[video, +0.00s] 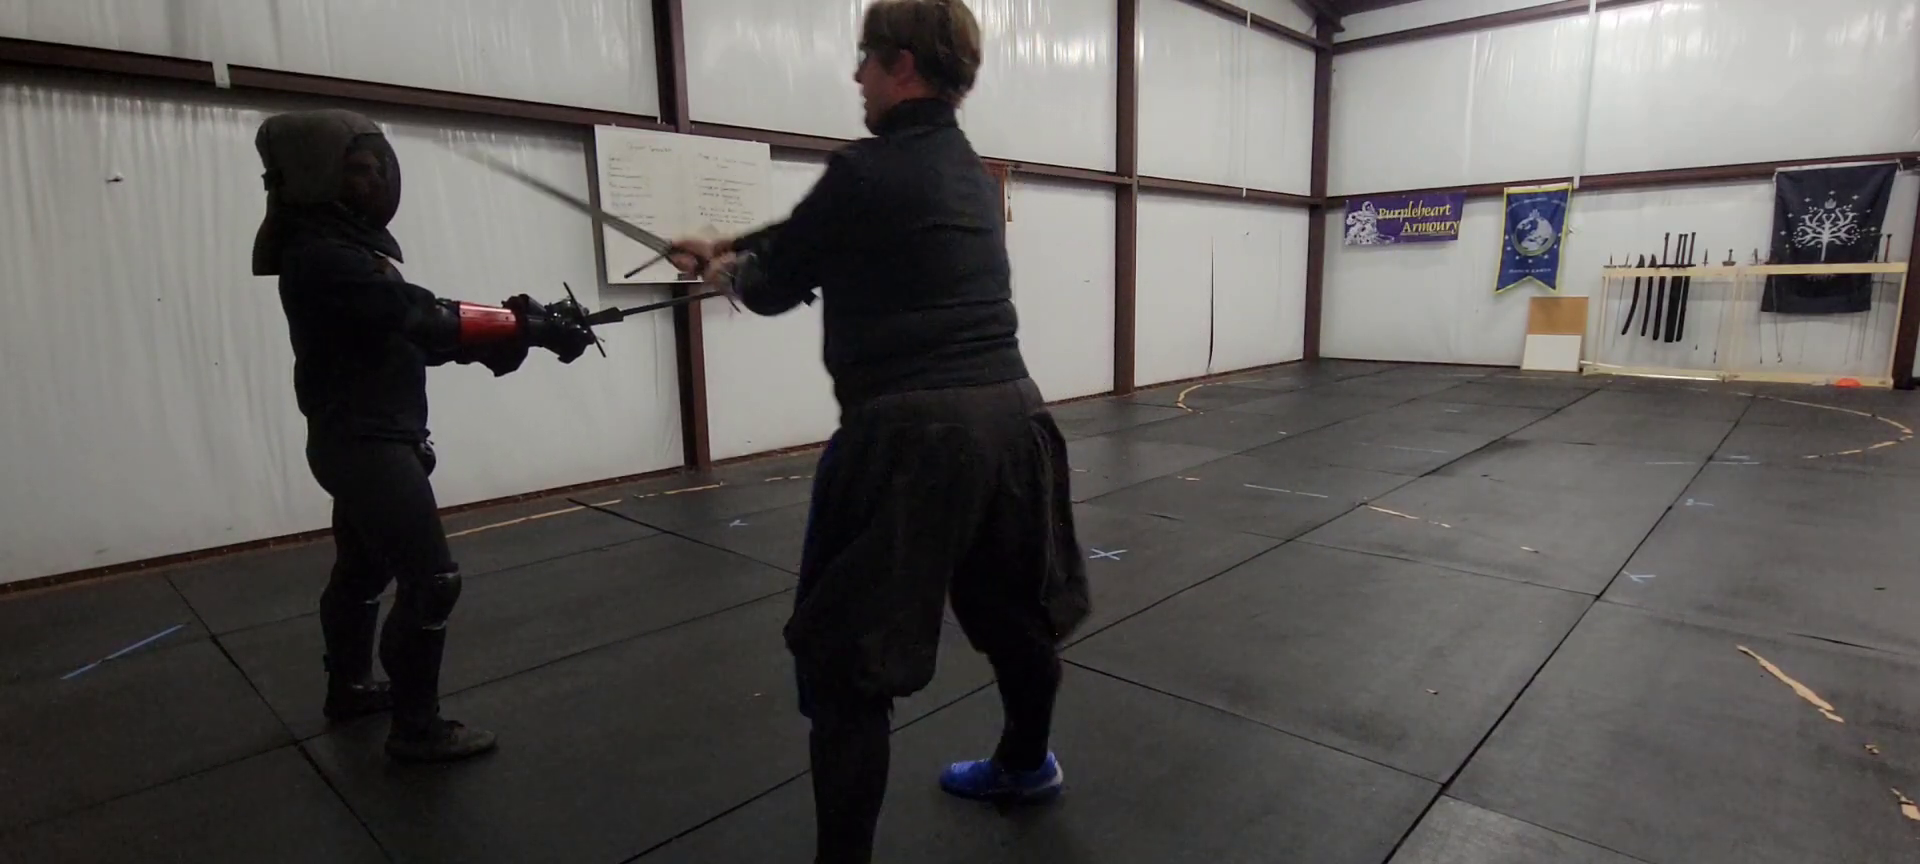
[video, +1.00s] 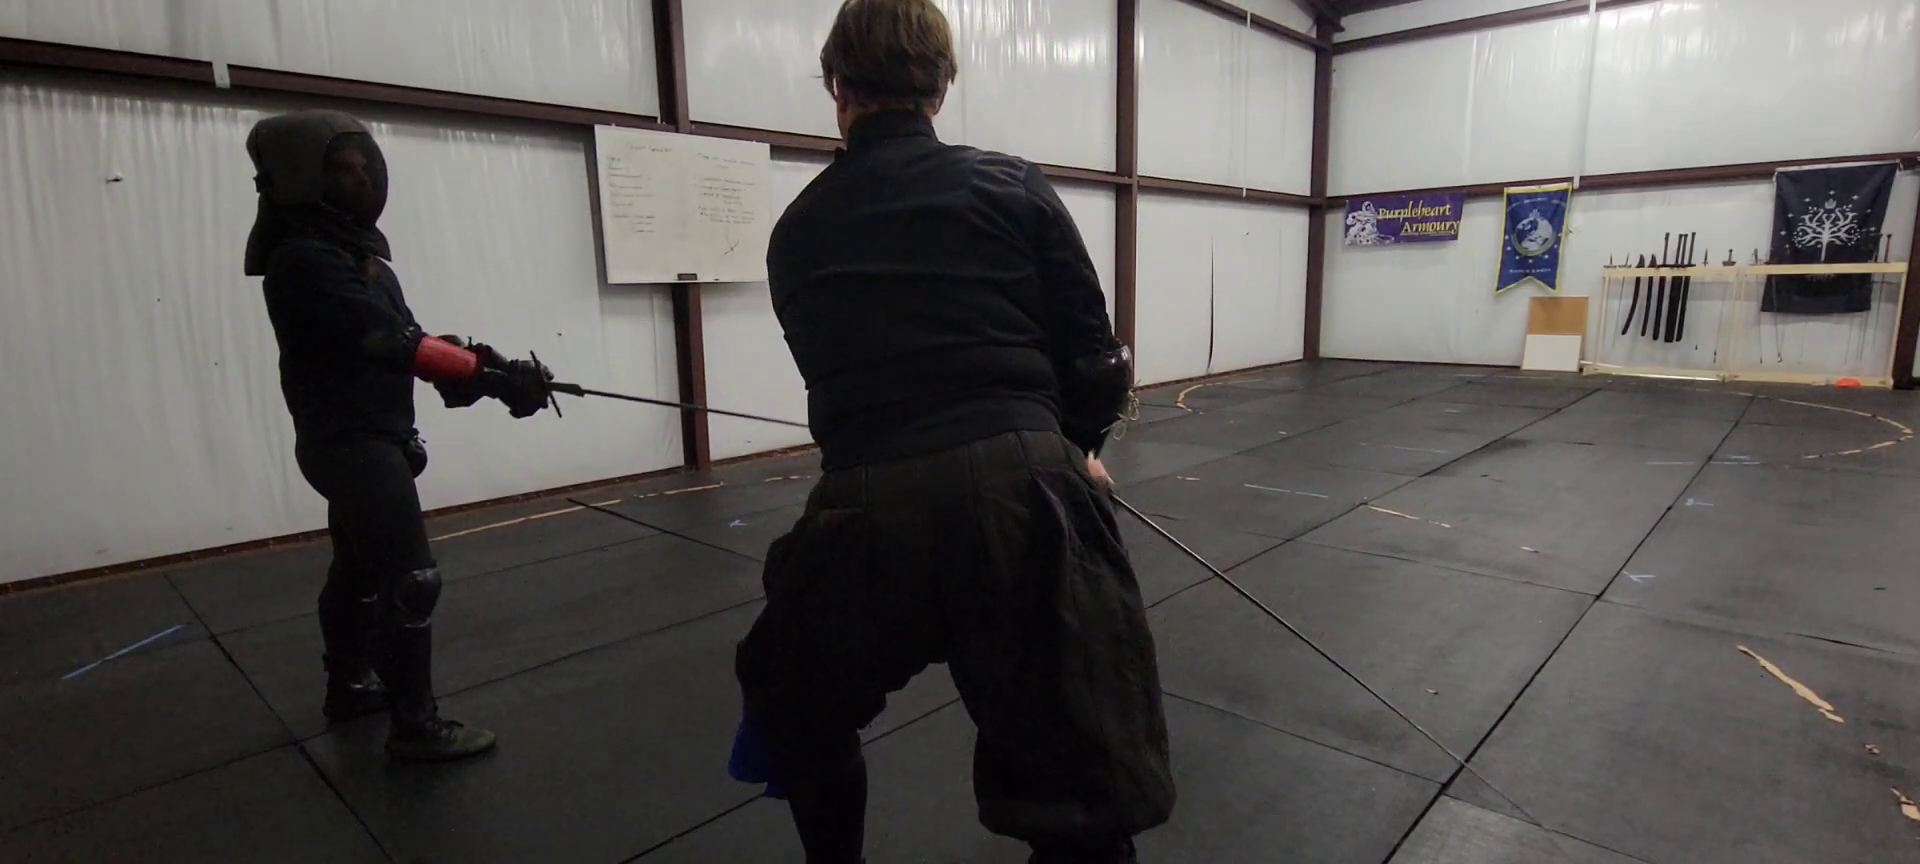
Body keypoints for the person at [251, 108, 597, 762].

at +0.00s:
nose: (381, 177)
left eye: (381, 164)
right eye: (364, 166)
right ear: (327, 177)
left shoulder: (348, 246)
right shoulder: (322, 256)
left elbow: (415, 326)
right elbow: (415, 317)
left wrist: (505, 327)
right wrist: (522, 324)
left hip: (376, 444)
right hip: (369, 449)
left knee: (360, 573)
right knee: (430, 583)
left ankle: (351, 691)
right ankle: (417, 728)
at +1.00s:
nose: (368, 178)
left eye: (371, 165)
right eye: (350, 167)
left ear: (375, 172)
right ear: (311, 179)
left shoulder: (350, 246)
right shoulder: (304, 258)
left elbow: (393, 336)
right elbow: (381, 341)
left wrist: (466, 361)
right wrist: (493, 374)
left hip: (375, 441)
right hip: (352, 446)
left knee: (359, 571)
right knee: (409, 580)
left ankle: (349, 689)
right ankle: (416, 725)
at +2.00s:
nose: (363, 183)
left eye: (365, 170)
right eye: (346, 172)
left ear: (367, 176)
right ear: (311, 182)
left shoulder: (347, 245)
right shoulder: (292, 256)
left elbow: (388, 333)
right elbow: (360, 342)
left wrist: (462, 358)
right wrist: (473, 355)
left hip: (375, 439)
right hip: (344, 445)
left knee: (358, 569)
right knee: (392, 581)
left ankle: (350, 688)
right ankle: (410, 724)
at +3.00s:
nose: (355, 181)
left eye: (361, 169)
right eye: (339, 169)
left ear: (371, 179)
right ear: (308, 179)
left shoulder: (350, 245)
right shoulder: (292, 254)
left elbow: (393, 328)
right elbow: (364, 334)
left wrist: (466, 349)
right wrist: (478, 345)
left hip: (376, 439)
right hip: (343, 444)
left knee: (359, 569)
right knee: (392, 582)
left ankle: (349, 688)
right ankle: (411, 723)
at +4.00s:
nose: (375, 176)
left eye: (378, 165)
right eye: (360, 165)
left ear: (382, 174)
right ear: (324, 176)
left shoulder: (349, 249)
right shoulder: (319, 256)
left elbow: (378, 357)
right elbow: (377, 348)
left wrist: (401, 438)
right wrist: (440, 371)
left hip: (371, 440)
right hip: (354, 445)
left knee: (358, 568)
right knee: (393, 573)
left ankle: (350, 687)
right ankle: (413, 718)